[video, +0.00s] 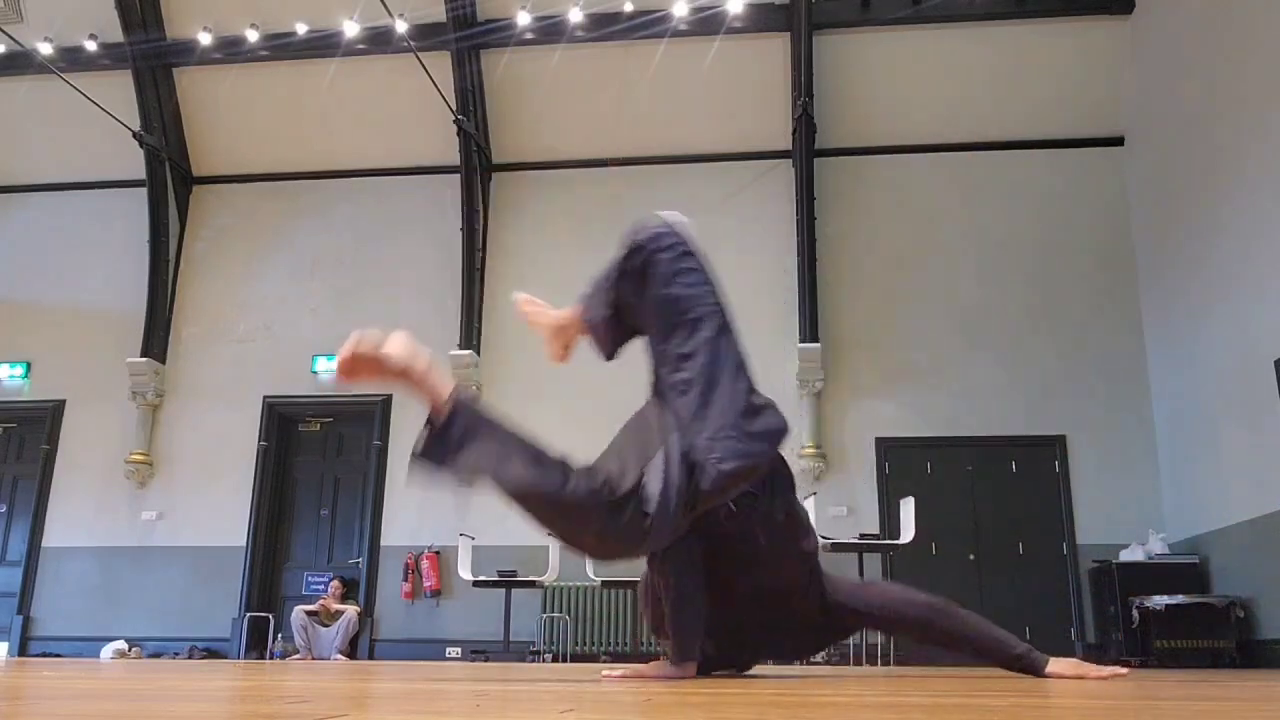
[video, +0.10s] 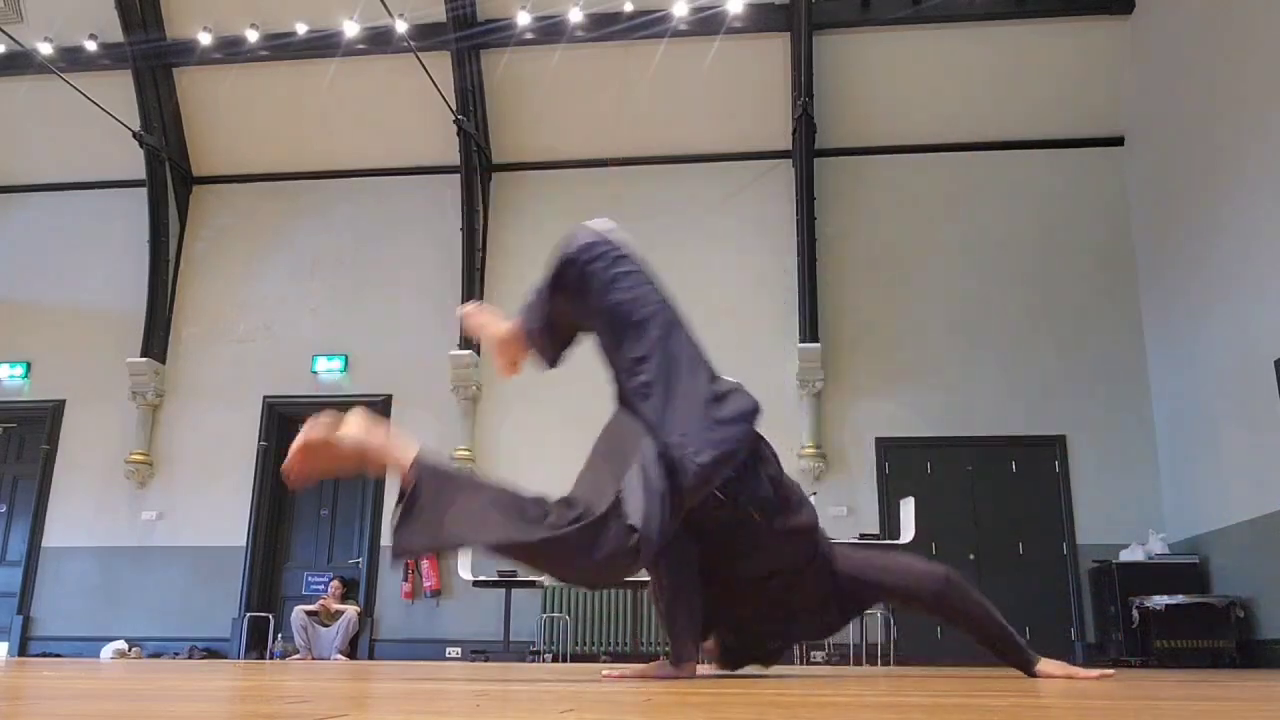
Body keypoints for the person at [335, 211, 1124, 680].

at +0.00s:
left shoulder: (702, 644)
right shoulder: (810, 603)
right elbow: (915, 614)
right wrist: (1034, 663)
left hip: (665, 506)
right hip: (741, 459)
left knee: (578, 512)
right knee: (661, 238)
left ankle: (429, 387)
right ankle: (585, 326)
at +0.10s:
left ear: (747, 641)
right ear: (819, 621)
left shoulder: (724, 629)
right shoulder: (831, 576)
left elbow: (667, 557)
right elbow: (941, 585)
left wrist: (688, 659)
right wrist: (1028, 661)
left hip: (661, 492)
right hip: (714, 453)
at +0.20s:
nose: (769, 640)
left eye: (770, 644)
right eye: (784, 638)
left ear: (769, 638)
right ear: (824, 618)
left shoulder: (720, 606)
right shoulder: (846, 551)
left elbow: (669, 563)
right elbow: (959, 550)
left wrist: (683, 669)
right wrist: (1013, 646)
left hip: (645, 473)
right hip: (687, 414)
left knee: (574, 549)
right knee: (535, 274)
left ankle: (357, 518)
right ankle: (475, 372)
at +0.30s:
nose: (804, 625)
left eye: (807, 629)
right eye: (820, 621)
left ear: (796, 609)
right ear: (835, 589)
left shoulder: (713, 588)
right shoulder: (844, 514)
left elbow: (670, 600)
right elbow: (962, 500)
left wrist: (680, 669)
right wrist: (990, 604)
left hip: (627, 482)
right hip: (649, 407)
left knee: (544, 521)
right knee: (475, 313)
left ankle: (391, 566)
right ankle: (443, 426)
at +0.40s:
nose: (821, 612)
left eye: (829, 615)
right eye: (836, 606)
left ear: (822, 596)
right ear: (848, 568)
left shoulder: (735, 593)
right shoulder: (838, 481)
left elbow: (660, 548)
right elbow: (943, 436)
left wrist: (680, 657)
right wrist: (967, 544)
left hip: (619, 499)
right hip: (626, 413)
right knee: (429, 365)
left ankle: (429, 614)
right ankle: (432, 503)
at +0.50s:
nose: (829, 582)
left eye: (837, 588)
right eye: (843, 570)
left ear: (829, 590)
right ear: (850, 531)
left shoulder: (741, 587)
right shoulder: (820, 449)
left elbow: (650, 540)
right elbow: (890, 361)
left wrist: (680, 656)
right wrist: (955, 449)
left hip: (599, 503)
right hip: (582, 419)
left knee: (401, 517)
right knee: (396, 428)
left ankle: (484, 620)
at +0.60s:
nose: (843, 546)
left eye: (852, 560)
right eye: (855, 530)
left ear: (835, 574)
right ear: (841, 496)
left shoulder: (743, 579)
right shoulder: (780, 429)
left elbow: (634, 546)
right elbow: (802, 326)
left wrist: (676, 652)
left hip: (573, 512)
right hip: (558, 446)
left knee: (375, 509)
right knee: (366, 508)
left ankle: (490, 621)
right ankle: (478, 634)